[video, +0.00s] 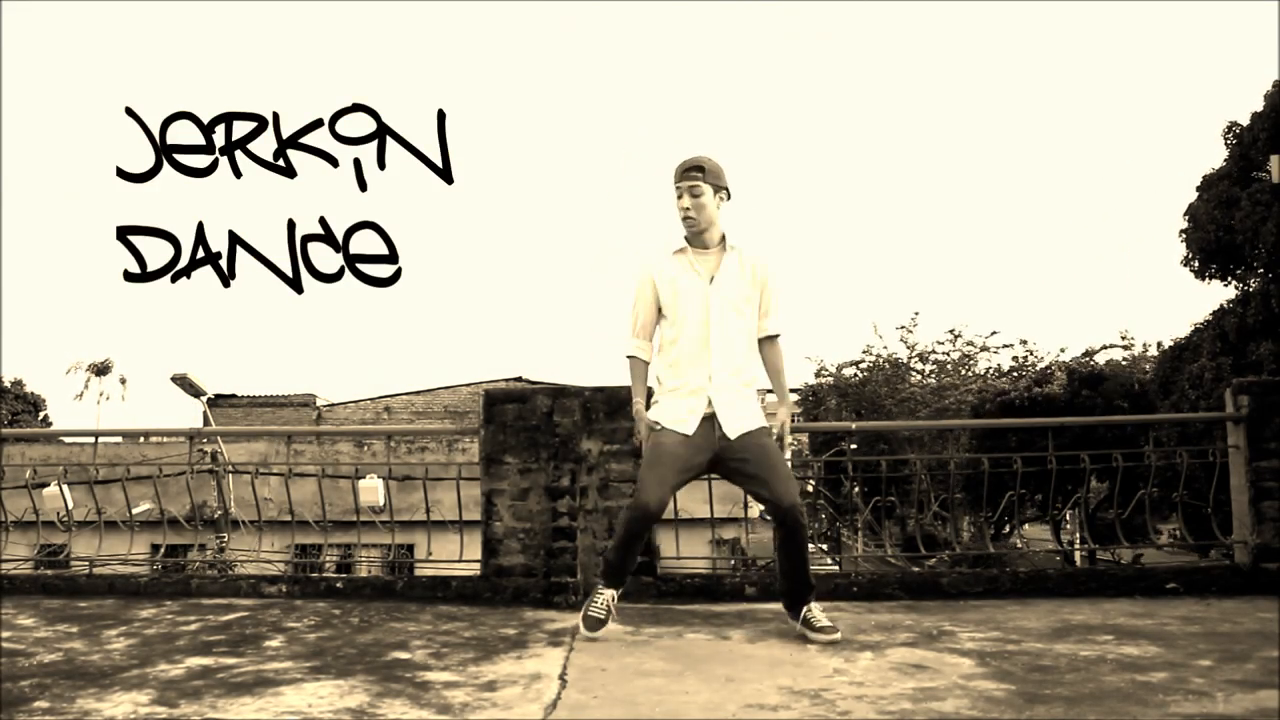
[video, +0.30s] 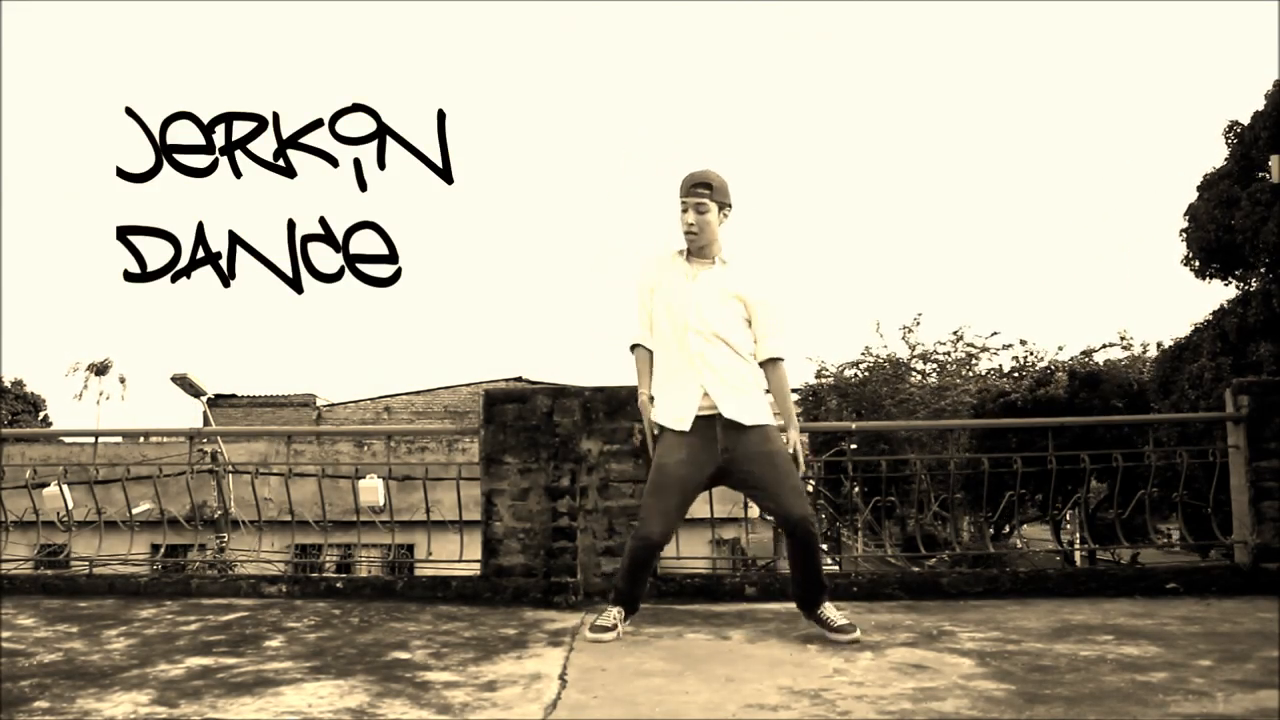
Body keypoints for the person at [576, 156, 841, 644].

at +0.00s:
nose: (685, 205)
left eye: (695, 194)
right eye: (679, 196)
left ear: (721, 199)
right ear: (675, 205)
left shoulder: (752, 270)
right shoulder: (660, 272)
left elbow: (768, 339)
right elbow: (640, 344)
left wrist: (783, 398)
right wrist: (640, 407)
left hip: (742, 413)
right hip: (676, 414)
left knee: (790, 506)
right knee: (646, 503)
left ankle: (801, 606)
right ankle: (608, 588)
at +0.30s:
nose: (690, 218)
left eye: (700, 210)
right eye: (684, 210)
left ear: (723, 215)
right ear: (678, 215)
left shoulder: (746, 280)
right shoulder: (658, 274)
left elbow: (771, 359)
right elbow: (644, 345)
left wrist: (791, 425)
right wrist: (646, 402)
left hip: (749, 425)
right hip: (683, 426)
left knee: (801, 519)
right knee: (650, 533)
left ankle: (814, 604)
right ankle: (621, 608)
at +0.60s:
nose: (749, 218)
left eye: (759, 208)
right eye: (743, 209)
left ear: (782, 215)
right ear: (737, 217)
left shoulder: (803, 290)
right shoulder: (710, 278)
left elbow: (798, 361)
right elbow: (682, 344)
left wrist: (798, 425)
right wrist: (671, 400)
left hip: (767, 424)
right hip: (706, 418)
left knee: (809, 516)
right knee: (671, 497)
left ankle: (814, 609)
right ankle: (615, 575)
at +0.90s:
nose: (695, 225)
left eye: (705, 215)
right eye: (690, 217)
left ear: (730, 220)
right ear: (685, 224)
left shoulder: (755, 293)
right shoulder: (667, 293)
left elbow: (767, 363)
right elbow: (657, 374)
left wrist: (788, 413)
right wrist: (652, 441)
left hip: (756, 435)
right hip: (695, 438)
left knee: (817, 512)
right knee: (667, 544)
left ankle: (820, 607)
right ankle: (616, 610)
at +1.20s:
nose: (666, 221)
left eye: (677, 213)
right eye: (660, 212)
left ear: (697, 219)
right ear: (652, 216)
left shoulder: (723, 281)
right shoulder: (631, 287)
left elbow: (745, 363)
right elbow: (624, 362)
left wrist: (764, 427)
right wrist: (628, 414)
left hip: (736, 422)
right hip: (671, 429)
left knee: (799, 508)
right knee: (658, 541)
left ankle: (804, 594)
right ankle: (616, 612)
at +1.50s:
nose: (683, 188)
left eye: (693, 177)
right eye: (677, 180)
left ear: (719, 182)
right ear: (672, 188)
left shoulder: (748, 250)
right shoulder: (657, 257)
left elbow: (767, 322)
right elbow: (645, 340)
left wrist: (781, 385)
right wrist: (634, 410)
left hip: (745, 396)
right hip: (679, 398)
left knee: (797, 489)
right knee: (651, 496)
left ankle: (801, 588)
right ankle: (614, 585)